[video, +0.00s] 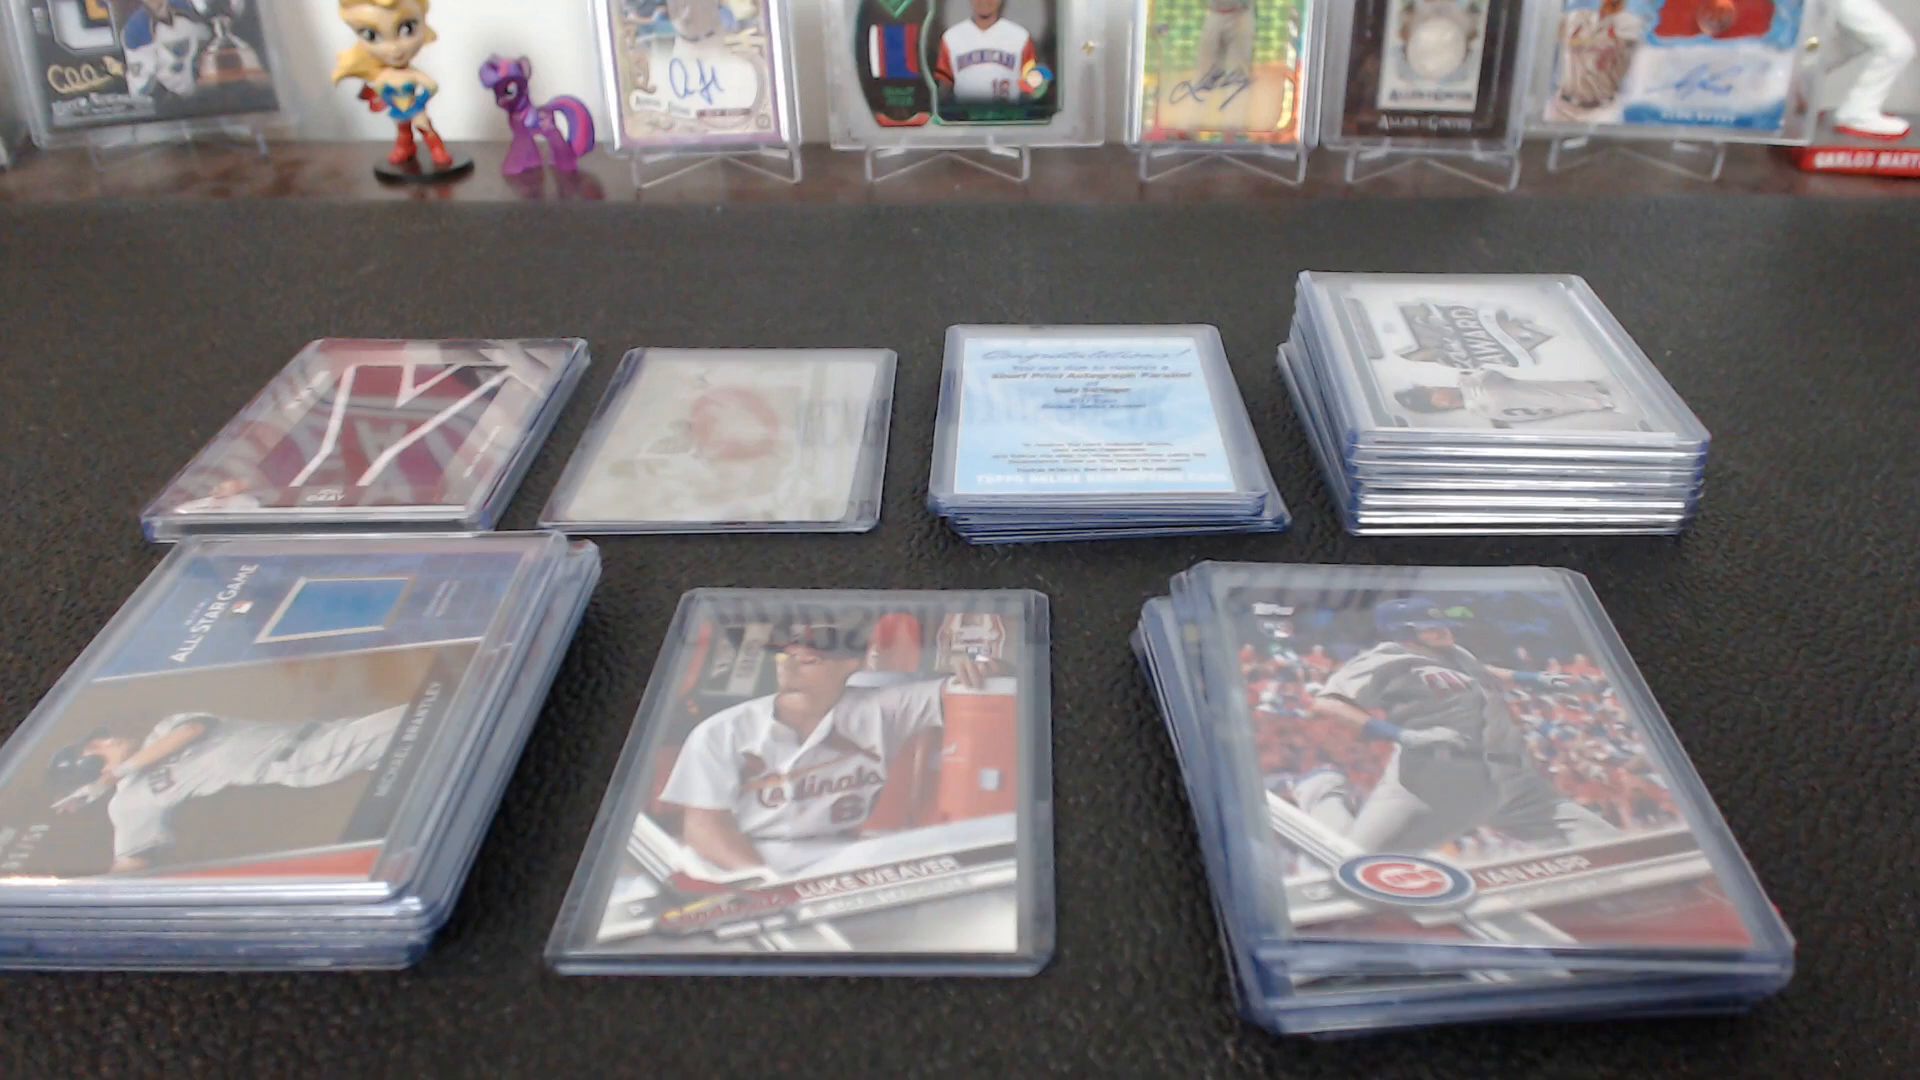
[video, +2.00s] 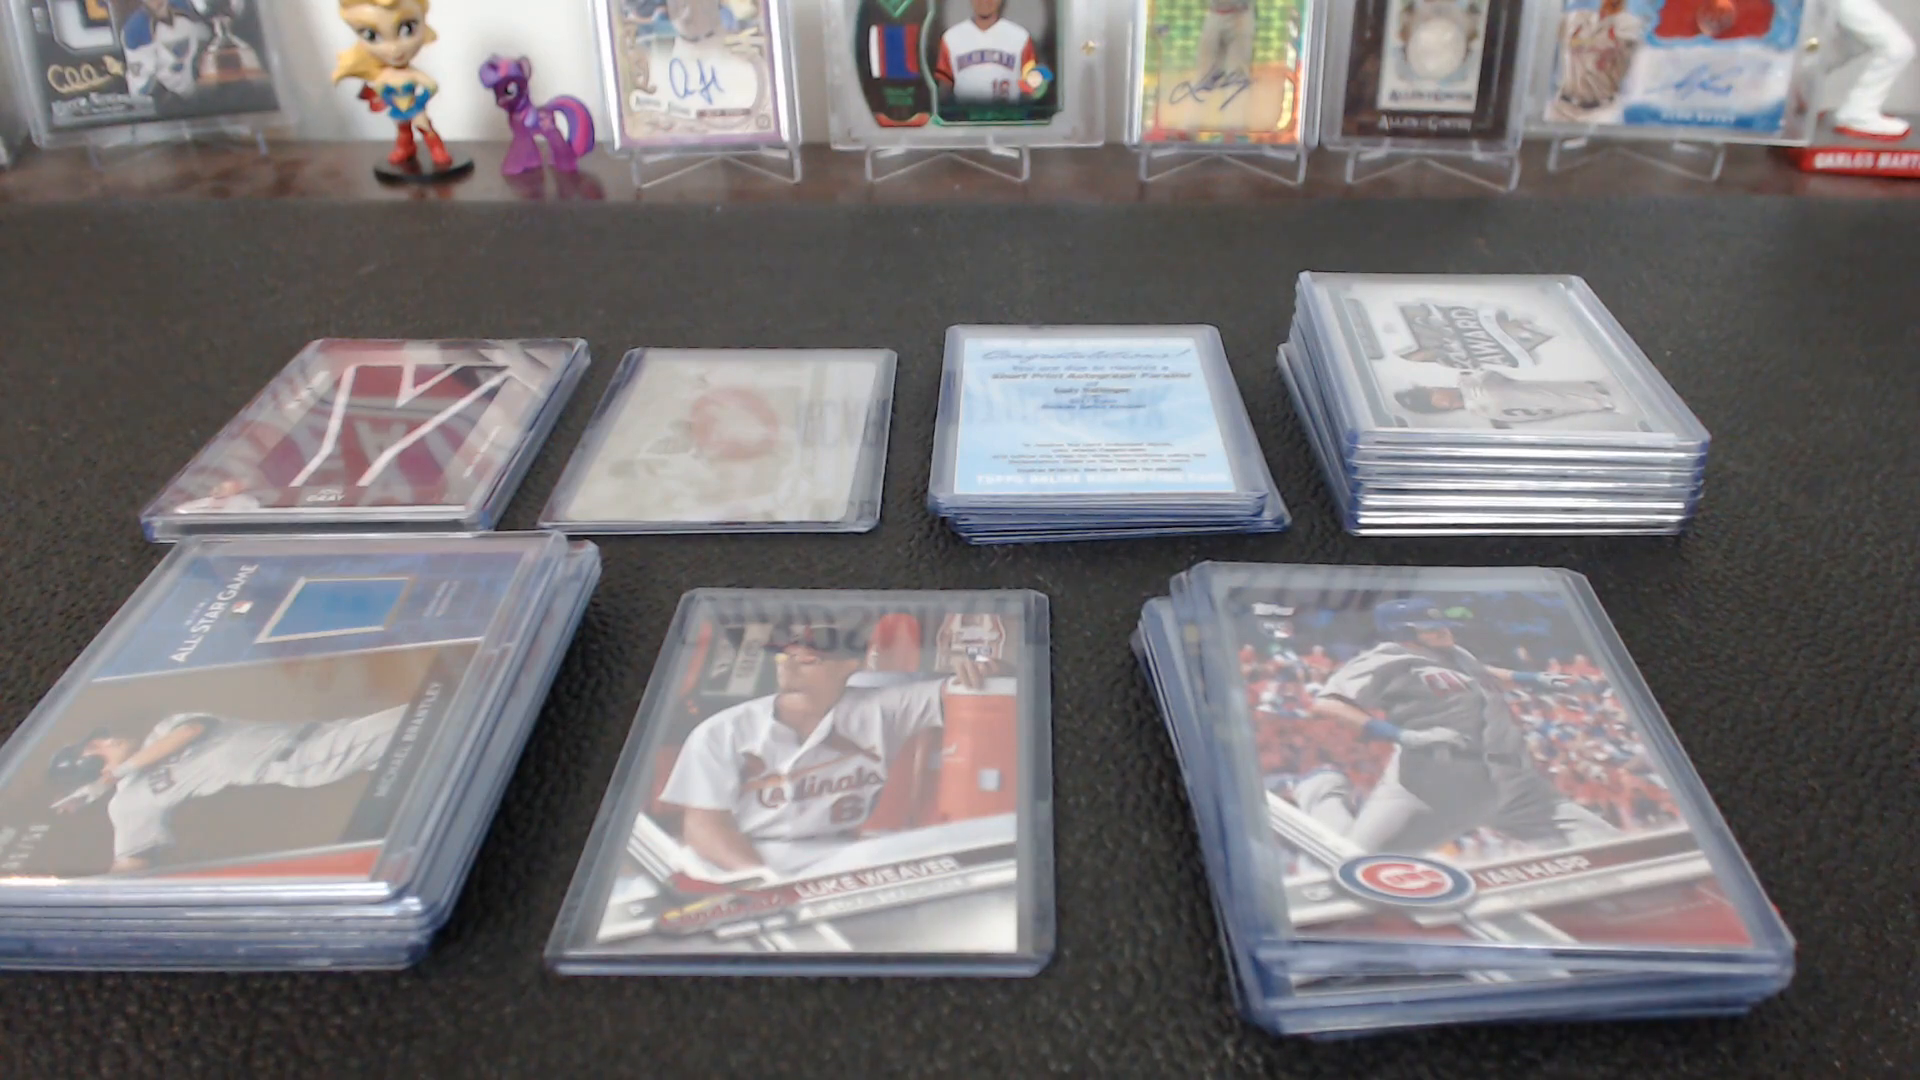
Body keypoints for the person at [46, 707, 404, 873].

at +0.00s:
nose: (109, 740)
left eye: (99, 740)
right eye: (99, 746)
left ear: (106, 743)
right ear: (100, 769)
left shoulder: (162, 728)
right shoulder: (131, 800)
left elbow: (195, 731)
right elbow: (129, 870)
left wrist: (116, 775)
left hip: (311, 730)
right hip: (298, 760)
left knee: (416, 719)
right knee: (414, 718)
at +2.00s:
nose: (109, 740)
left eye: (98, 740)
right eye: (99, 746)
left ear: (106, 742)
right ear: (100, 768)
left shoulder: (162, 727)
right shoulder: (131, 799)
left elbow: (193, 732)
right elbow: (130, 870)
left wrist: (116, 775)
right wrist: (80, 897)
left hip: (312, 731)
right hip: (299, 760)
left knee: (417, 719)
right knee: (414, 717)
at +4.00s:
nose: (110, 740)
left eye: (99, 739)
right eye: (100, 746)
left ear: (107, 742)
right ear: (100, 770)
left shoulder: (159, 727)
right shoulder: (131, 800)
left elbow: (192, 732)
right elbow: (130, 870)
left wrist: (115, 776)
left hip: (310, 732)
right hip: (298, 760)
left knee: (414, 721)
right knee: (412, 717)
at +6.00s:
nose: (111, 740)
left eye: (101, 739)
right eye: (101, 747)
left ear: (108, 742)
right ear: (100, 771)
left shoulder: (161, 729)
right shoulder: (131, 799)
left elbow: (193, 732)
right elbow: (129, 871)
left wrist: (119, 773)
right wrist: (82, 899)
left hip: (312, 733)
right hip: (299, 760)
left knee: (416, 722)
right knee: (414, 718)